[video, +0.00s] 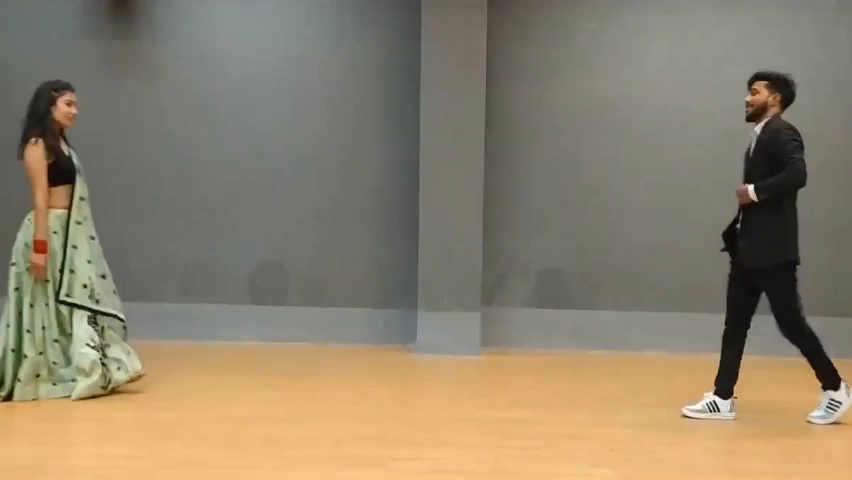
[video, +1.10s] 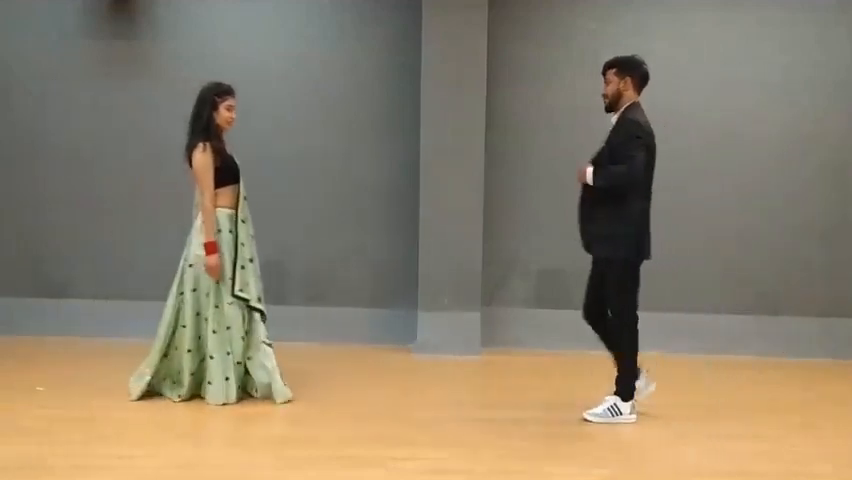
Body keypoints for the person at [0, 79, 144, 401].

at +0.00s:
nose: (74, 110)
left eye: (75, 105)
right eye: (68, 104)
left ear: (64, 109)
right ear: (49, 106)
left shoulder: (63, 144)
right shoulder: (37, 145)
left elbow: (68, 197)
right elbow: (40, 198)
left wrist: (77, 239)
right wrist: (40, 246)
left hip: (71, 235)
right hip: (50, 234)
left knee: (76, 302)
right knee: (49, 306)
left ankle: (79, 368)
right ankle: (47, 372)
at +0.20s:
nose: (101, 111)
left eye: (101, 105)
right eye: (94, 105)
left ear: (87, 111)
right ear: (76, 108)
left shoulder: (90, 146)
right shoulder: (67, 148)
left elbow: (89, 200)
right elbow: (70, 201)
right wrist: (68, 248)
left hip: (100, 237)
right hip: (81, 237)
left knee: (101, 304)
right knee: (77, 306)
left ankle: (101, 372)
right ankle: (73, 373)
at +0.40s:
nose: (133, 109)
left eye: (133, 103)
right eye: (127, 103)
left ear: (124, 109)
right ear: (109, 107)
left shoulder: (123, 143)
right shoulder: (100, 145)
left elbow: (126, 195)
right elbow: (106, 196)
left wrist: (138, 240)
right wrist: (109, 244)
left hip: (136, 232)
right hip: (117, 233)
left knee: (140, 305)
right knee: (113, 307)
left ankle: (129, 377)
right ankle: (68, 373)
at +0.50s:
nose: (147, 108)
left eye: (148, 103)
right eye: (142, 102)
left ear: (139, 108)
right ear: (124, 105)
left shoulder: (138, 142)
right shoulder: (115, 144)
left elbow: (141, 194)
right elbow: (119, 195)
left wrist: (152, 238)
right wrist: (124, 242)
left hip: (150, 230)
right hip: (131, 231)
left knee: (157, 305)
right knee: (136, 307)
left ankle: (140, 378)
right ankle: (83, 375)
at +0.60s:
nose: (162, 110)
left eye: (161, 104)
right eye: (156, 104)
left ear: (152, 108)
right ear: (138, 108)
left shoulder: (150, 142)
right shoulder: (129, 144)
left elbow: (155, 194)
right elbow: (133, 196)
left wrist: (165, 236)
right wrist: (137, 244)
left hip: (163, 230)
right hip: (146, 231)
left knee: (166, 304)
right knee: (147, 305)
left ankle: (160, 375)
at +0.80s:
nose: (190, 117)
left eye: (190, 111)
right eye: (184, 111)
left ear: (181, 115)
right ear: (167, 113)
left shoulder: (179, 150)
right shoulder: (159, 152)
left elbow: (181, 202)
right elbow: (162, 203)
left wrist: (197, 243)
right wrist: (164, 250)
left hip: (191, 235)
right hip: (175, 235)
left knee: (191, 307)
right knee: (174, 308)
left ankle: (192, 376)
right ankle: (173, 377)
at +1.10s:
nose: (232, 115)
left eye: (234, 109)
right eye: (227, 108)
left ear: (227, 112)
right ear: (210, 110)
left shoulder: (219, 148)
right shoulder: (203, 149)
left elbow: (220, 199)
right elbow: (206, 200)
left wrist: (235, 241)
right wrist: (211, 247)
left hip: (231, 233)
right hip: (217, 234)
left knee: (231, 309)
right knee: (216, 310)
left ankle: (229, 378)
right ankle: (217, 379)